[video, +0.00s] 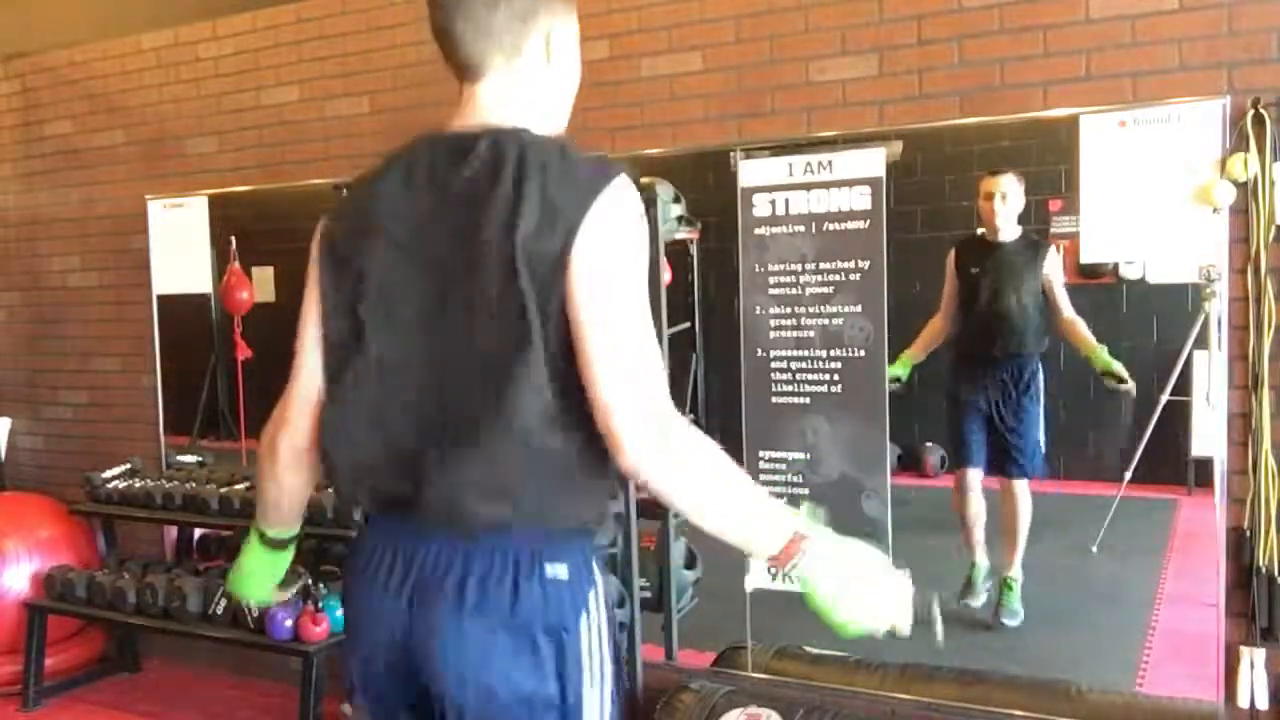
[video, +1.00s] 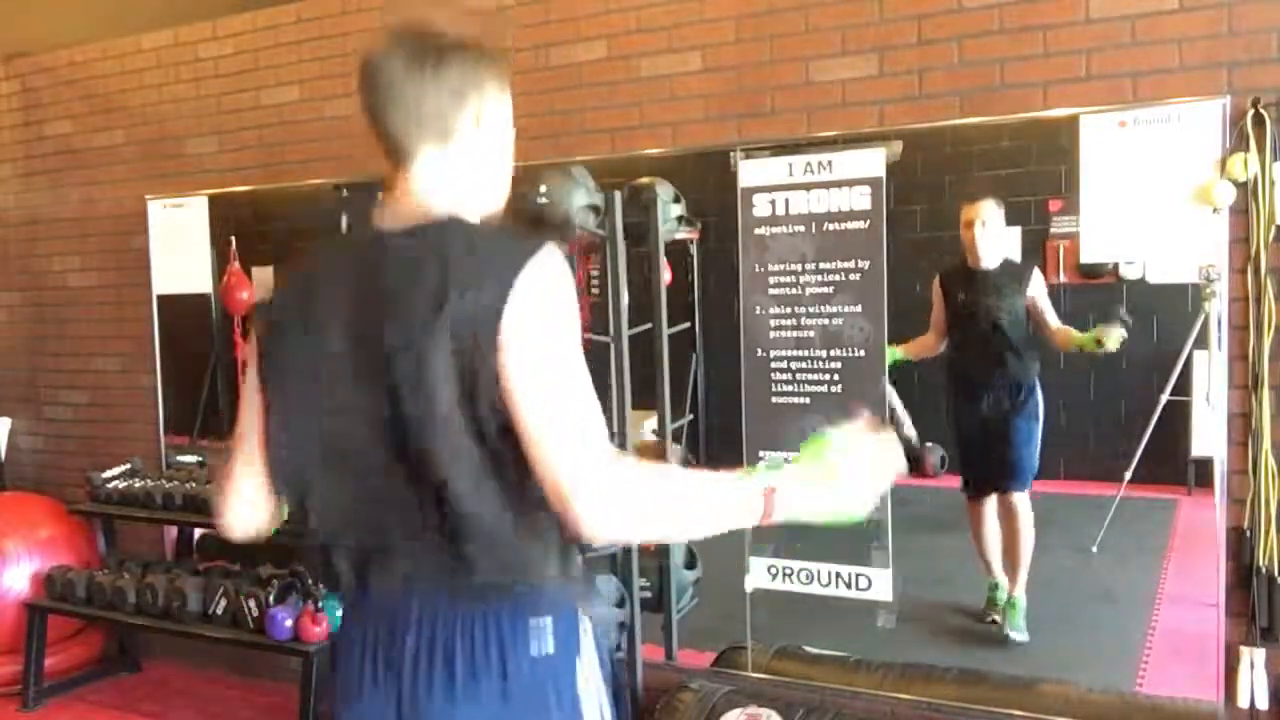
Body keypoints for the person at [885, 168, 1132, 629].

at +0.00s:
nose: (995, 205)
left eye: (1004, 197)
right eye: (988, 197)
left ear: (1022, 203)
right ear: (977, 204)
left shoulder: (1043, 255)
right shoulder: (961, 254)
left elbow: (1066, 318)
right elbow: (945, 318)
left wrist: (1100, 358)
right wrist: (906, 359)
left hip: (1022, 376)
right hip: (970, 375)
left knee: (1015, 479)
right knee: (967, 478)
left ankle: (1012, 580)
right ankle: (977, 567)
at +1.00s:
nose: (974, 234)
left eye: (983, 225)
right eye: (968, 226)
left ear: (1001, 229)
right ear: (960, 231)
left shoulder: (1026, 277)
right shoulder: (946, 282)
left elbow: (1055, 332)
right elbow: (935, 338)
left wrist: (1089, 339)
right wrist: (897, 352)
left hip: (1019, 394)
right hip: (969, 395)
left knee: (1014, 494)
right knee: (980, 495)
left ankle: (1017, 598)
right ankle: (996, 585)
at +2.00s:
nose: (990, 208)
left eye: (999, 200)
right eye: (983, 200)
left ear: (1017, 208)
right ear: (973, 208)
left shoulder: (1038, 260)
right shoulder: (956, 258)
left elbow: (1062, 319)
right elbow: (936, 318)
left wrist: (1095, 351)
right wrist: (898, 354)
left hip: (1015, 381)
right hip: (966, 379)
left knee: (1010, 483)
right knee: (965, 482)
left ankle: (1007, 580)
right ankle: (972, 579)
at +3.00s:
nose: (991, 229)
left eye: (999, 221)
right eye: (985, 221)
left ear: (1018, 226)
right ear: (976, 227)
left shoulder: (1042, 276)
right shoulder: (960, 278)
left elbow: (1067, 333)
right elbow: (942, 335)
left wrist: (1106, 348)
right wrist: (903, 351)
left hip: (1024, 391)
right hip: (974, 392)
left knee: (1016, 495)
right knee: (980, 501)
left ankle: (1011, 589)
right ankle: (996, 545)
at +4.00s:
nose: (988, 213)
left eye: (997, 204)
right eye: (982, 204)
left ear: (1014, 213)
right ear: (971, 212)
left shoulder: (1034, 263)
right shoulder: (953, 266)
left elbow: (1062, 320)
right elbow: (932, 323)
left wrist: (1099, 347)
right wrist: (897, 352)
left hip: (1021, 382)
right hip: (971, 383)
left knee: (1011, 484)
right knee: (979, 494)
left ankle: (1017, 543)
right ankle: (989, 585)